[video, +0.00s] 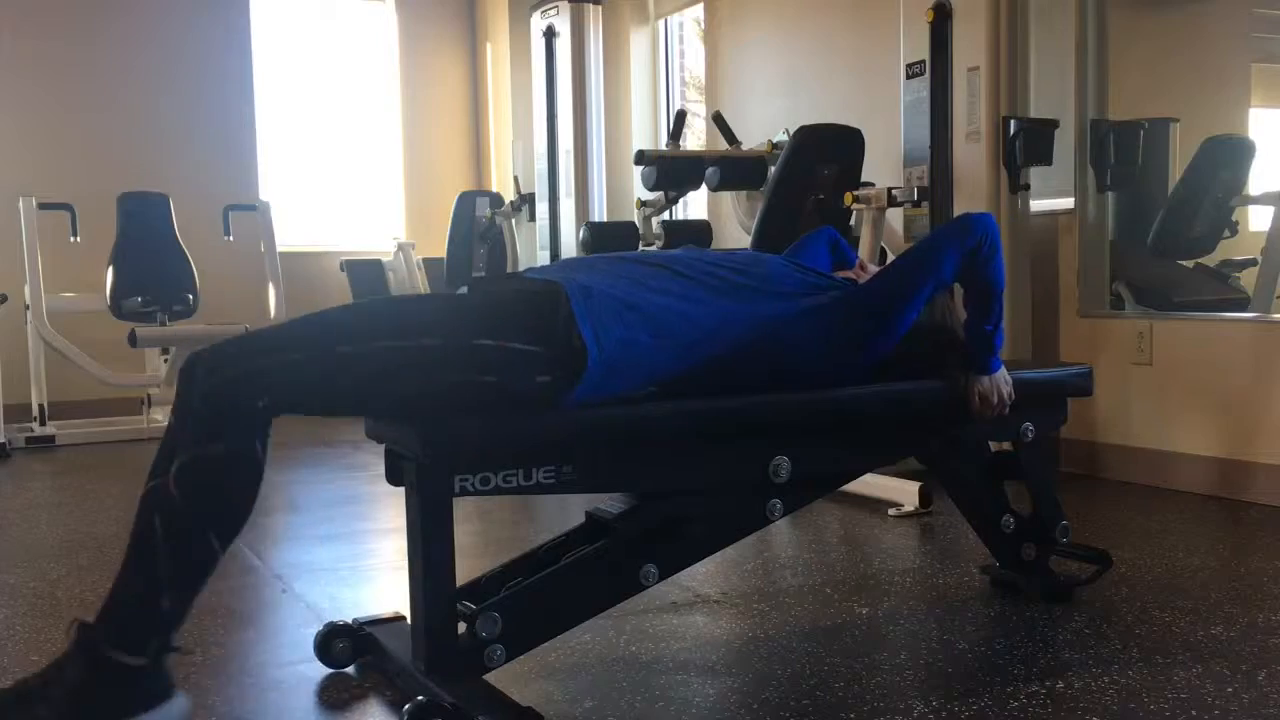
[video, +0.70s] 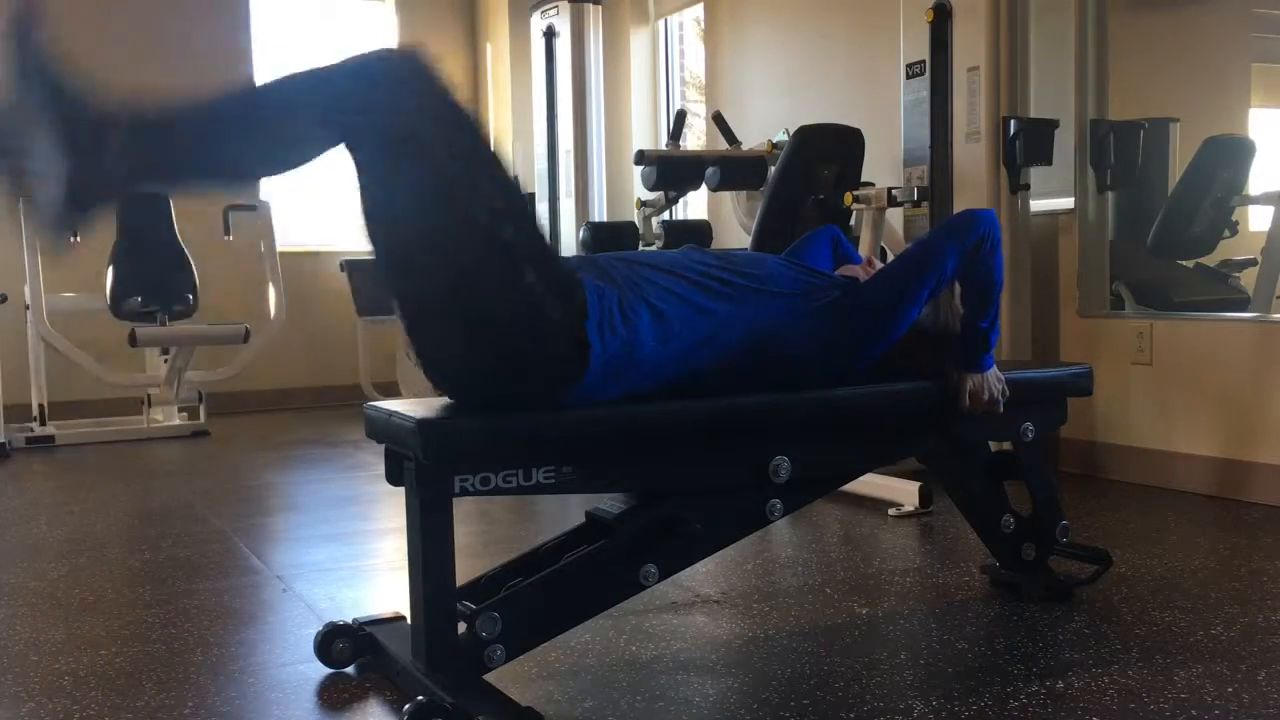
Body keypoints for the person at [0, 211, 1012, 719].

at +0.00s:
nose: (840, 234)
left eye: (850, 231)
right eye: (835, 226)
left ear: (856, 272)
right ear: (813, 250)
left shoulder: (844, 313)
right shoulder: (735, 273)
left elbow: (974, 223)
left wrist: (973, 347)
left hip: (541, 332)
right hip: (504, 304)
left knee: (225, 377)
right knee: (223, 368)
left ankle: (127, 656)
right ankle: (129, 640)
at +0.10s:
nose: (849, 242)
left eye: (865, 248)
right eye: (848, 238)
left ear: (874, 283)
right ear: (822, 261)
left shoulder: (850, 315)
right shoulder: (747, 277)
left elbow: (974, 222)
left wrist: (970, 339)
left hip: (543, 334)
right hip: (508, 304)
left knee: (230, 385)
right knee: (232, 371)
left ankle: (91, 645)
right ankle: (95, 629)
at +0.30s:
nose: (852, 246)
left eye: (871, 253)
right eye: (852, 240)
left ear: (880, 287)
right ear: (829, 260)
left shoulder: (851, 317)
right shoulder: (752, 279)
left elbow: (973, 215)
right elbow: (820, 184)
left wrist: (966, 334)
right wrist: (873, 253)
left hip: (543, 335)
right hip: (506, 306)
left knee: (226, 371)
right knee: (223, 363)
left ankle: (56, 640)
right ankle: (57, 627)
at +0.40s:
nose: (865, 249)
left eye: (884, 256)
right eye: (862, 238)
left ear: (892, 292)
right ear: (834, 242)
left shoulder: (856, 324)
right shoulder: (781, 276)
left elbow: (974, 233)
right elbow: (810, 169)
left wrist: (946, 304)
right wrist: (864, 227)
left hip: (531, 345)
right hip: (503, 297)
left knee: (226, 314)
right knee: (323, 278)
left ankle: (63, 575)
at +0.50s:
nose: (868, 254)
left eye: (885, 262)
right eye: (870, 251)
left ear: (903, 306)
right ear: (848, 270)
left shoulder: (854, 325)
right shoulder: (776, 278)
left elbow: (976, 213)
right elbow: (828, 167)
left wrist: (966, 326)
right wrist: (877, 263)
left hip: (531, 339)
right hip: (506, 305)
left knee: (241, 224)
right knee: (260, 221)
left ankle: (77, 458)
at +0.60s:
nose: (838, 240)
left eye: (854, 239)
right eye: (835, 235)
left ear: (870, 287)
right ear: (814, 258)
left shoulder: (841, 318)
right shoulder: (757, 275)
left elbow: (975, 217)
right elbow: (826, 145)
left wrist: (965, 335)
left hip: (534, 340)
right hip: (513, 304)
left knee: (305, 147)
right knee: (309, 144)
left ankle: (79, 322)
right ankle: (126, 289)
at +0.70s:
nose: (867, 245)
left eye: (885, 254)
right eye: (864, 239)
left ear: (897, 309)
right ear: (837, 249)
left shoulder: (850, 330)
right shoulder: (782, 280)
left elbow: (981, 227)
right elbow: (822, 161)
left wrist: (944, 321)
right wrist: (867, 246)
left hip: (539, 350)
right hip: (526, 317)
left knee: (394, 88)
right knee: (394, 85)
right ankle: (114, 150)